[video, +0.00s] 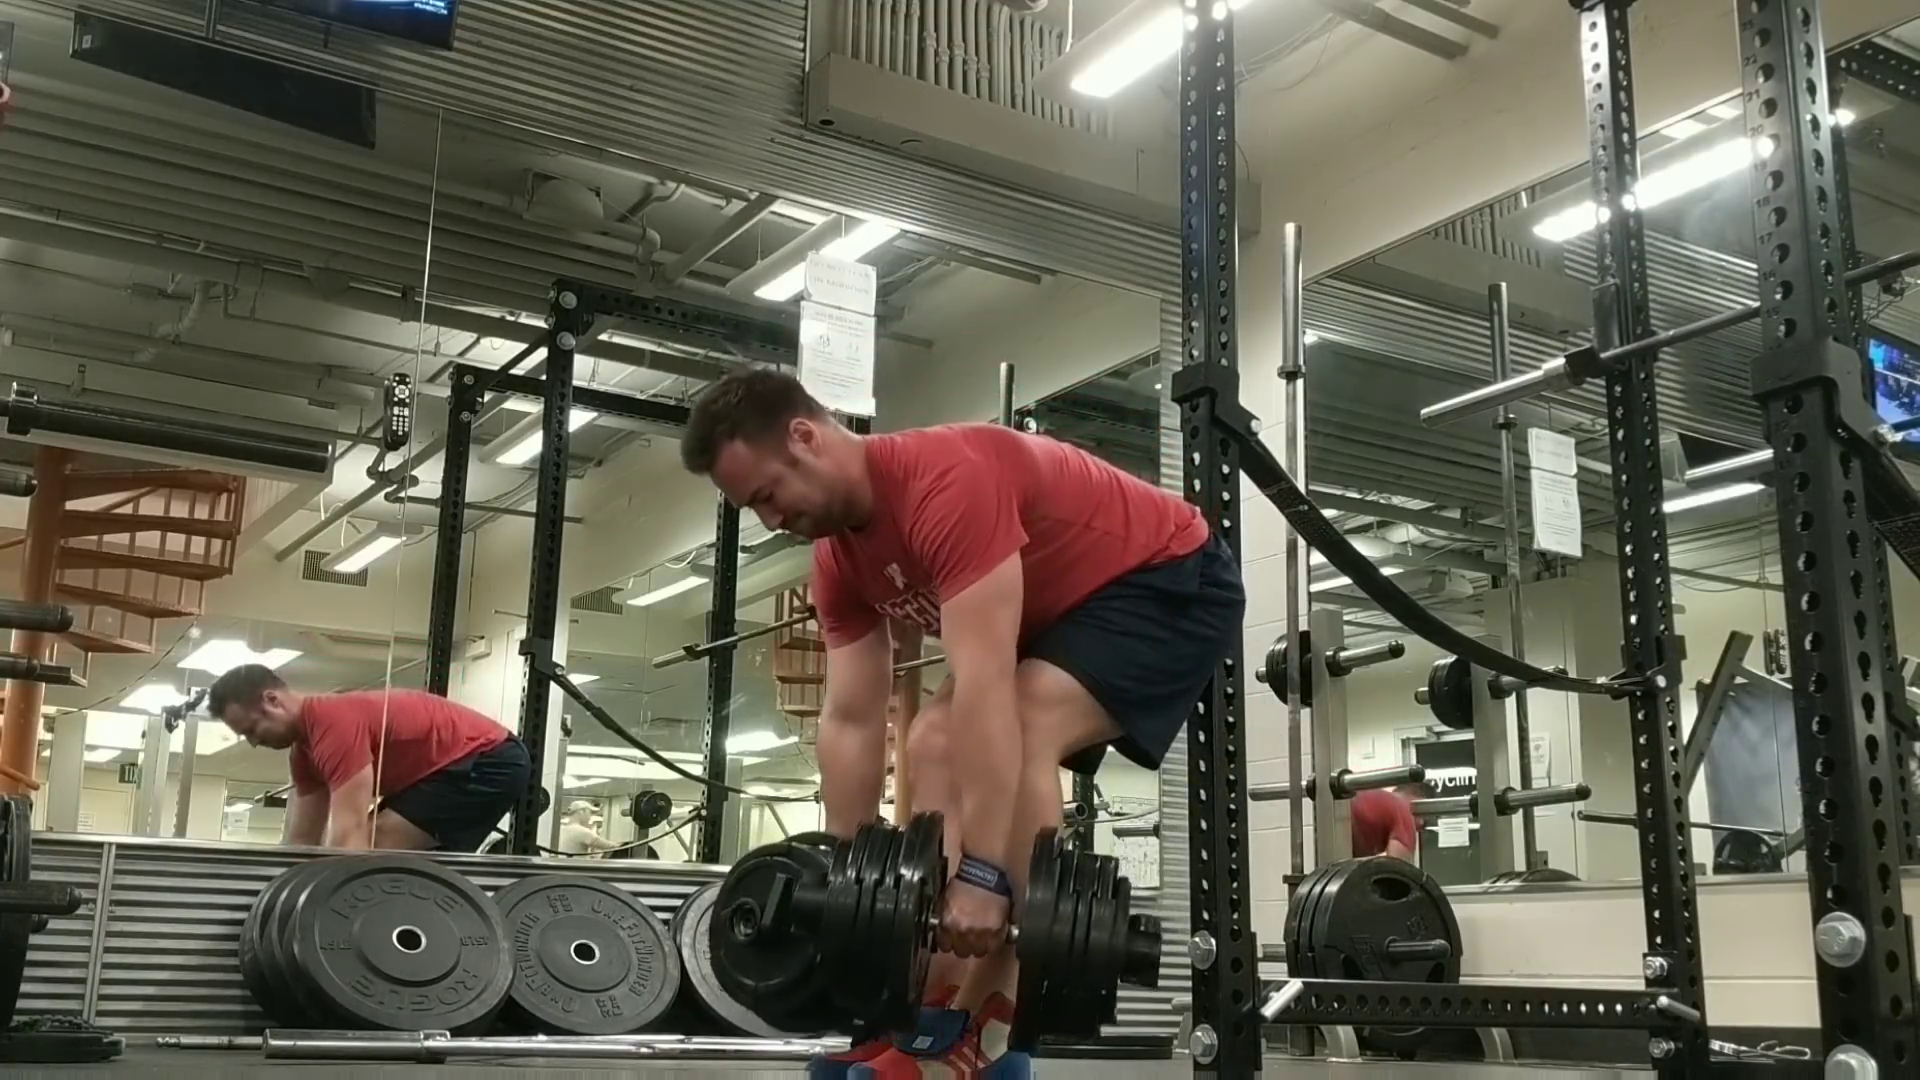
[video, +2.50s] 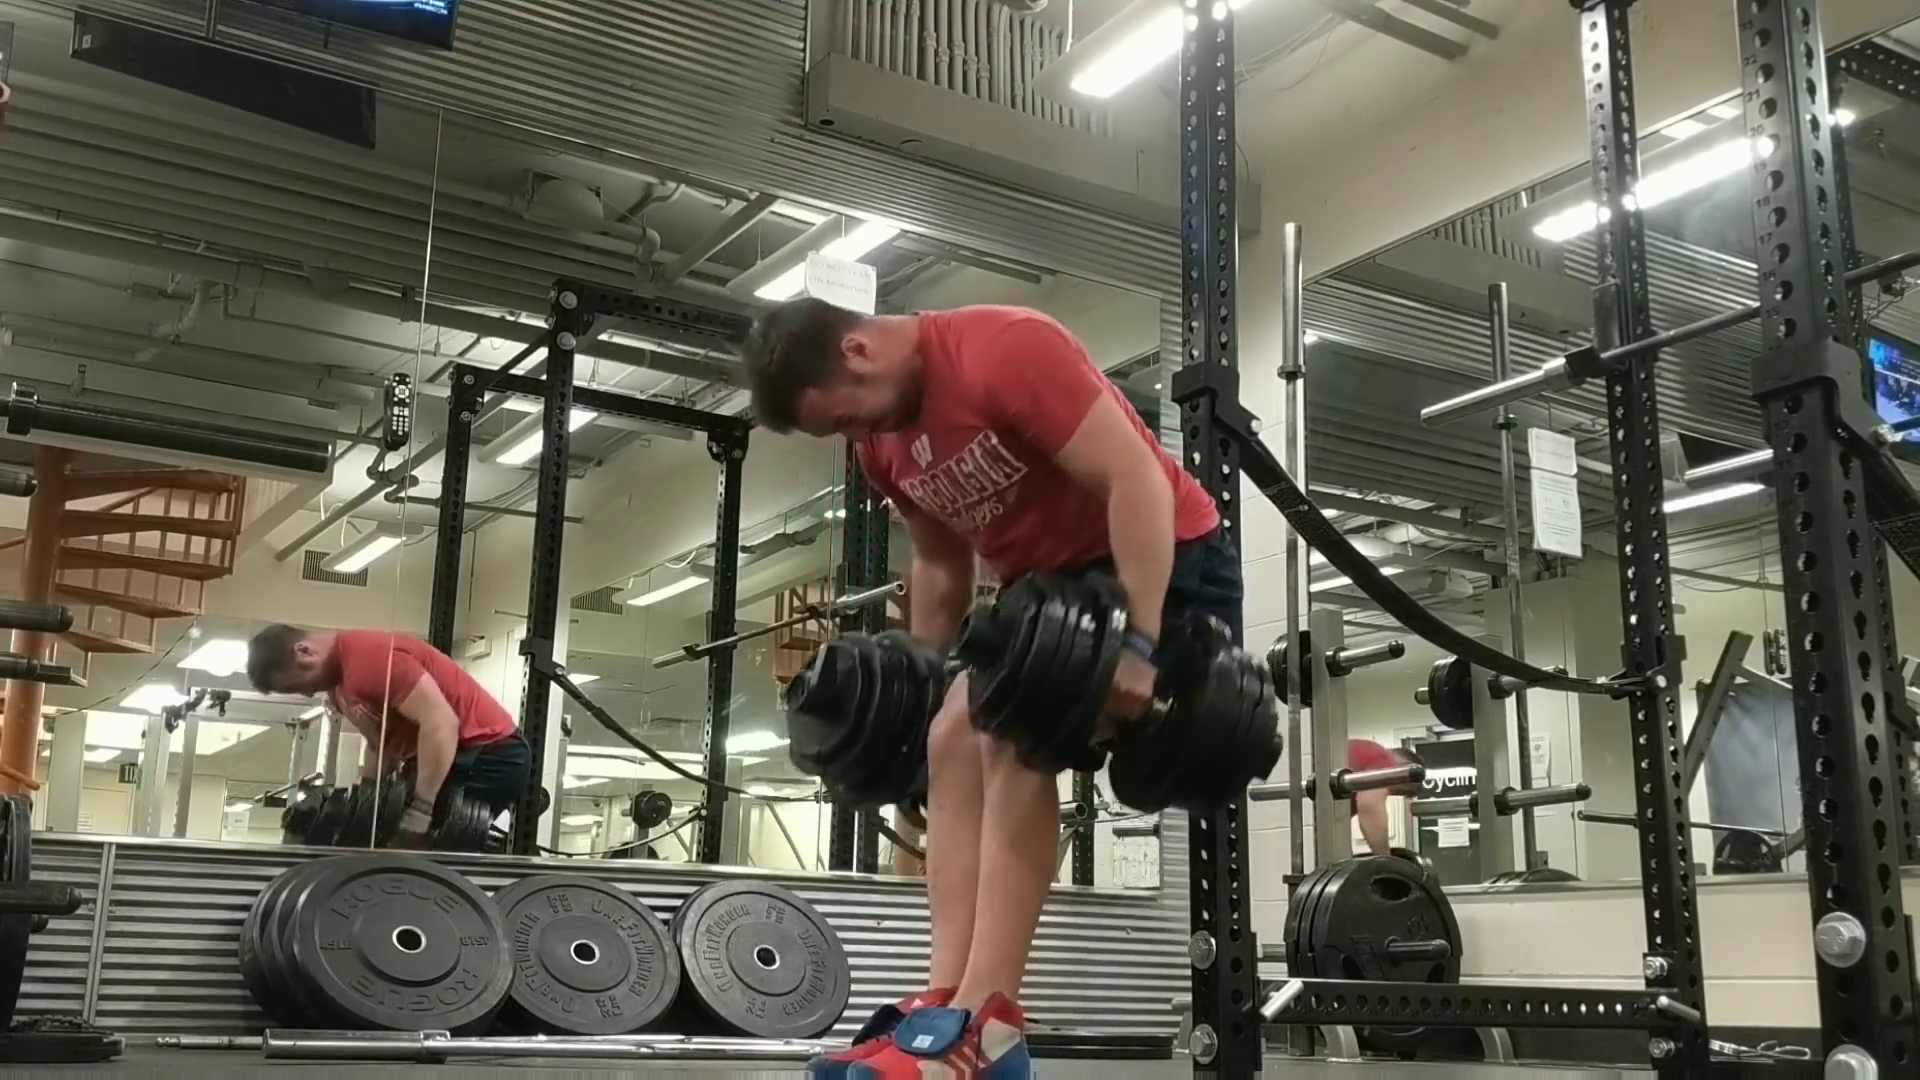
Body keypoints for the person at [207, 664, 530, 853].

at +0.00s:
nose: (252, 741)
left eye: (249, 729)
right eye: (244, 735)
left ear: (273, 700)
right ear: (273, 703)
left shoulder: (335, 723)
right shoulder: (305, 748)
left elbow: (351, 834)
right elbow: (301, 840)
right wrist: (274, 910)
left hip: (489, 760)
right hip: (460, 768)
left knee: (380, 839)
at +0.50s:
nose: (292, 701)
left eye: (285, 692)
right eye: (283, 697)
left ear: (296, 657)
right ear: (296, 657)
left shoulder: (357, 665)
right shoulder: (332, 691)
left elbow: (426, 740)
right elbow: (365, 759)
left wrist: (406, 829)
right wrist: (347, 831)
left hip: (489, 757)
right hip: (453, 760)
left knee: (422, 862)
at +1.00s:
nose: (303, 708)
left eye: (293, 702)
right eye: (292, 707)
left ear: (293, 670)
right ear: (294, 667)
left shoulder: (358, 672)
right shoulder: (338, 686)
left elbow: (435, 736)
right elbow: (382, 751)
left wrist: (423, 826)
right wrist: (362, 816)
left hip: (492, 757)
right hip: (457, 759)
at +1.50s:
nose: (262, 726)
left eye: (258, 714)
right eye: (253, 721)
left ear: (277, 682)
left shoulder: (343, 705)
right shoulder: (311, 735)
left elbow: (359, 811)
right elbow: (317, 818)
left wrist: (346, 906)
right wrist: (300, 898)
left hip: (489, 760)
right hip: (453, 770)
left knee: (379, 843)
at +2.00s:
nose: (254, 733)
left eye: (252, 720)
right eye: (246, 727)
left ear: (276, 693)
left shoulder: (337, 719)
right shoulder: (305, 748)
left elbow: (358, 829)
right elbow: (314, 833)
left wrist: (343, 920)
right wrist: (294, 910)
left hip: (488, 760)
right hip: (455, 770)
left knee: (375, 843)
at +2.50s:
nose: (306, 696)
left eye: (298, 687)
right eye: (296, 693)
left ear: (304, 653)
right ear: (305, 651)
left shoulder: (369, 658)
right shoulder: (340, 684)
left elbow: (441, 724)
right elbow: (381, 743)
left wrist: (420, 810)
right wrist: (361, 806)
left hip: (490, 756)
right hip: (452, 757)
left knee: (434, 868)